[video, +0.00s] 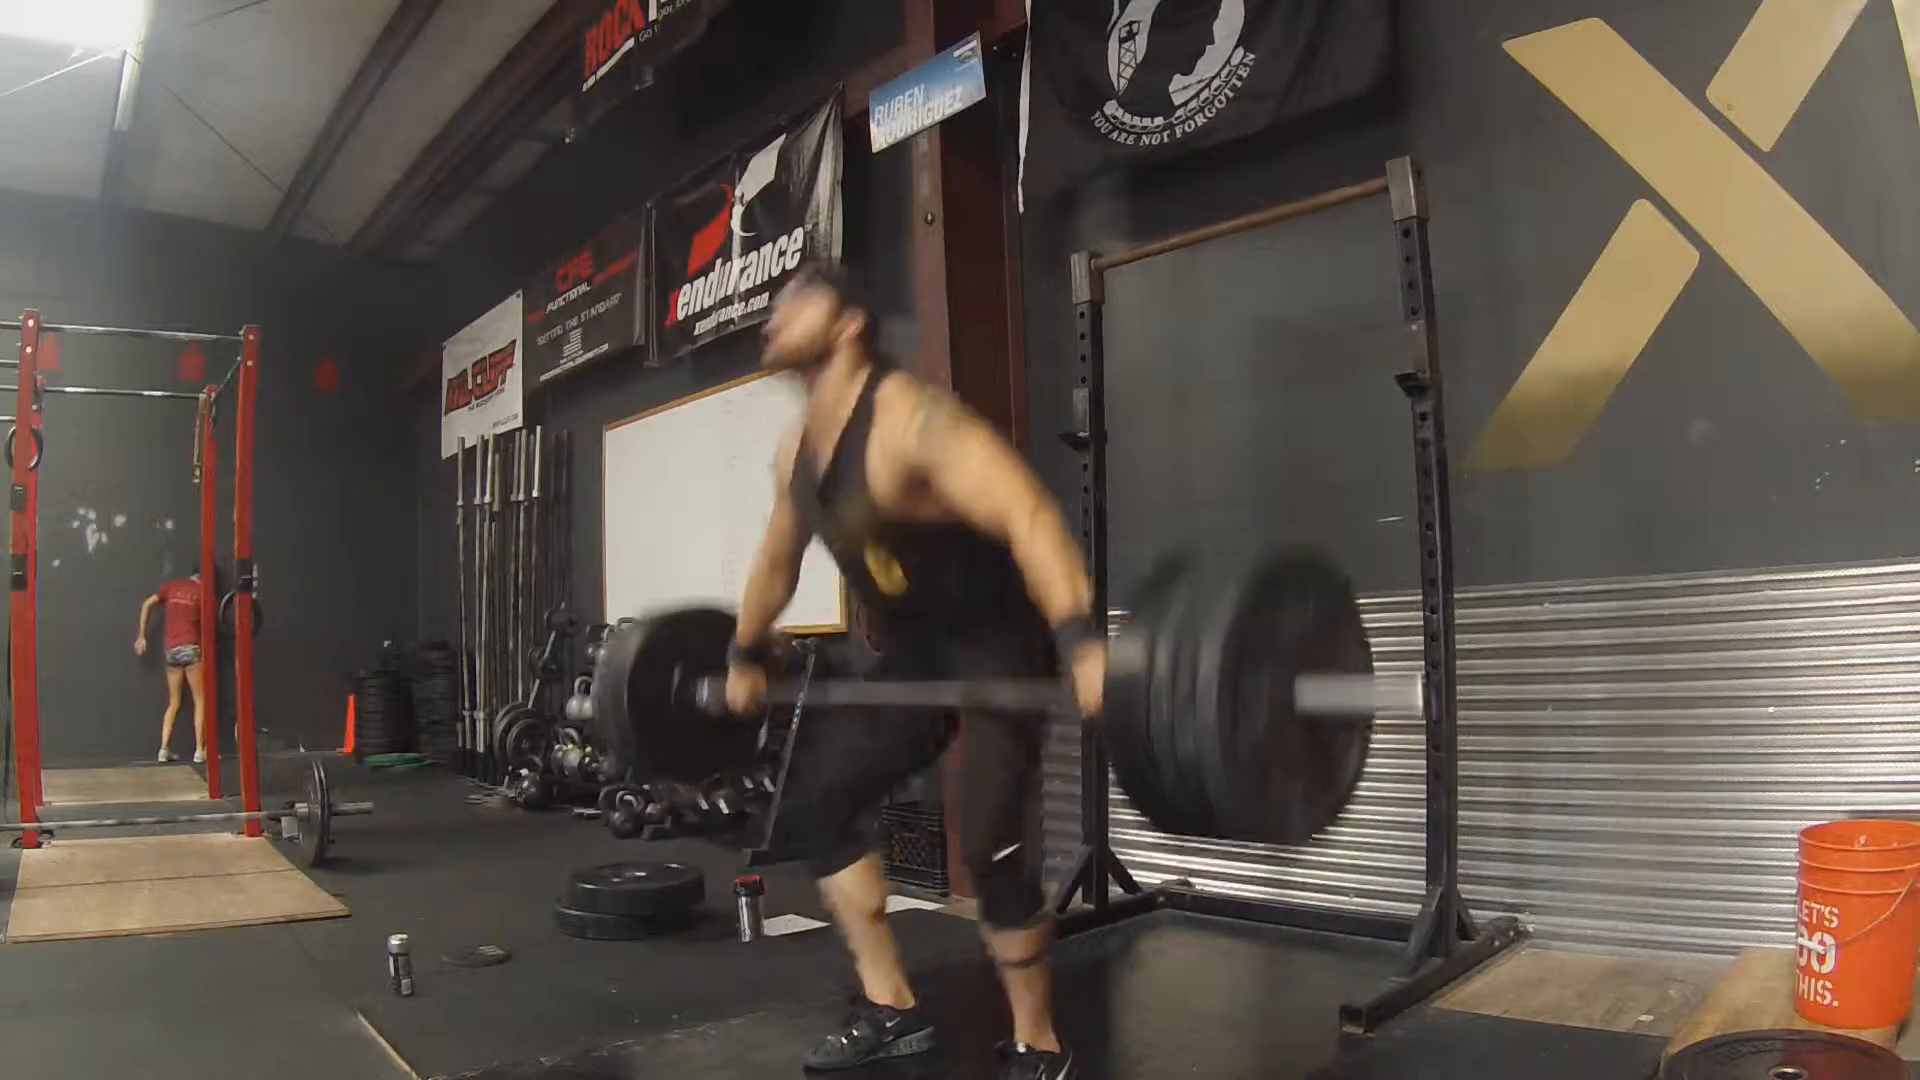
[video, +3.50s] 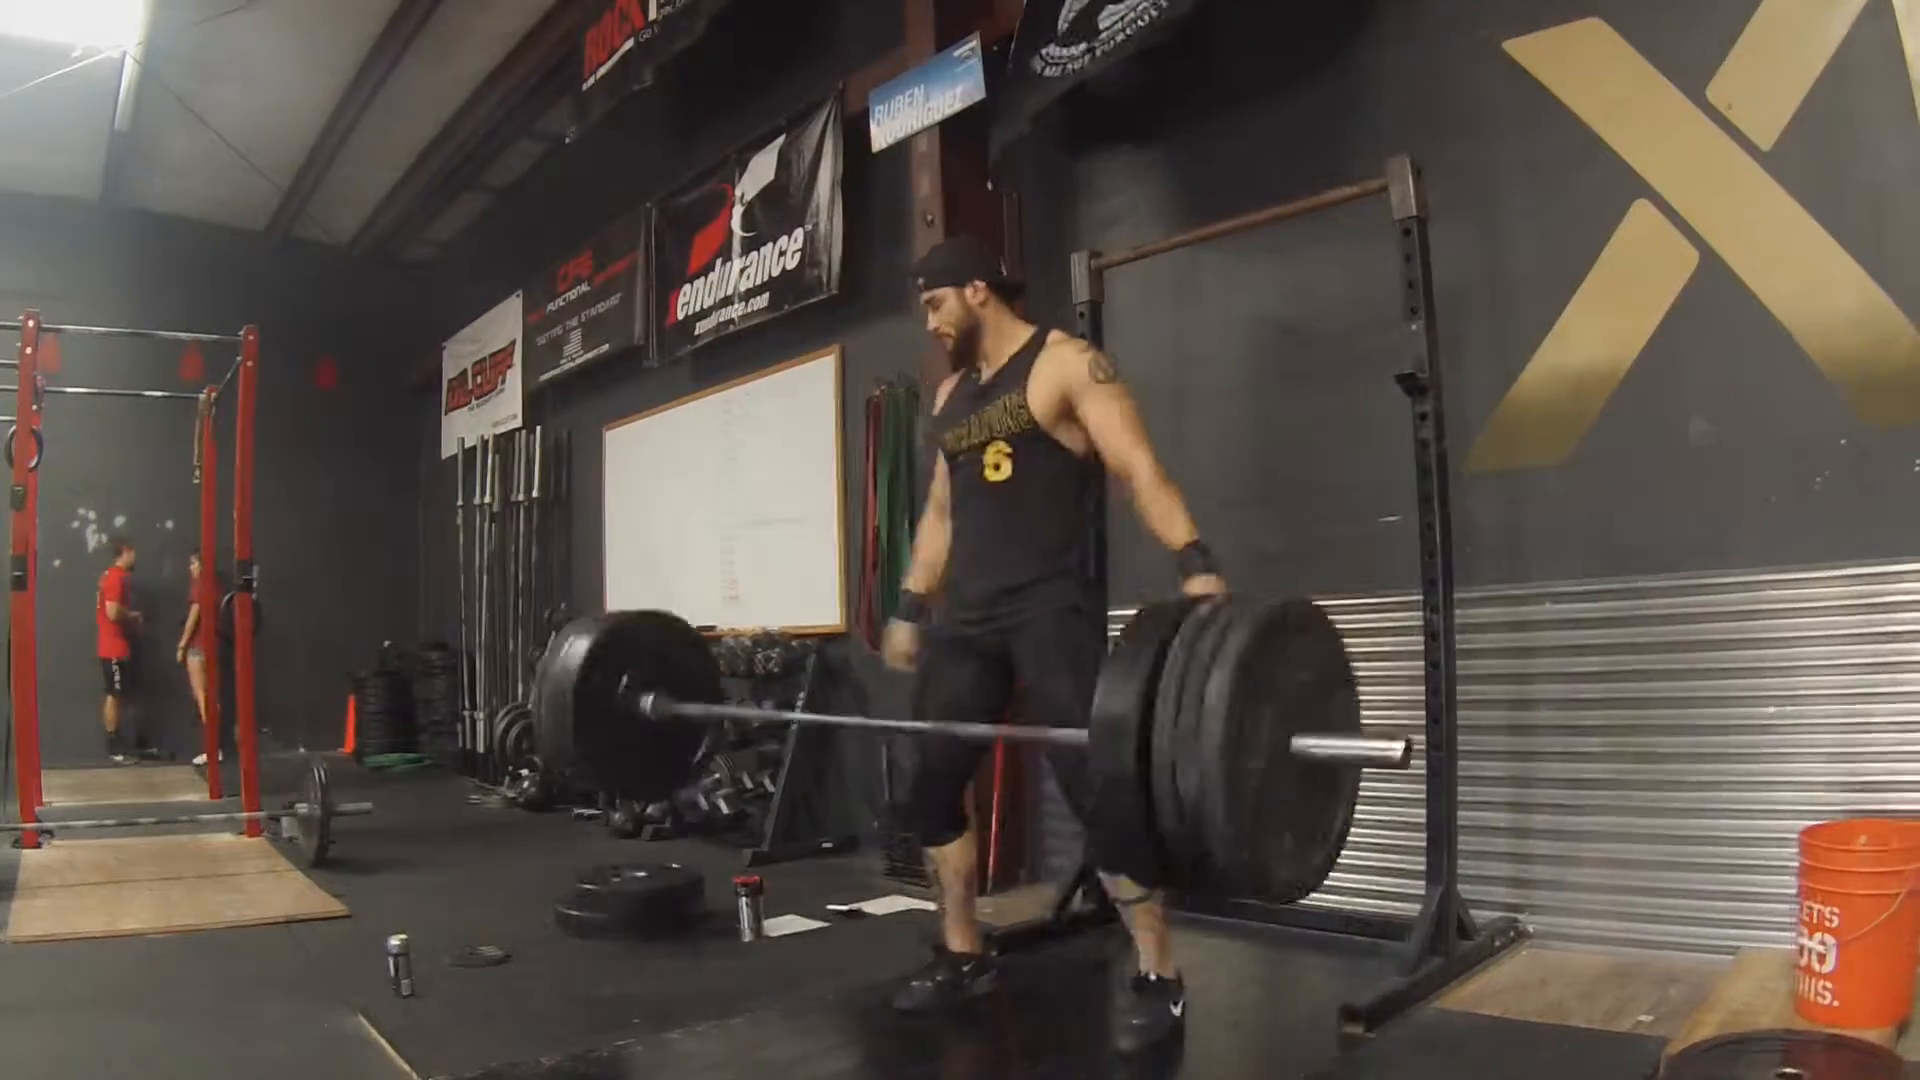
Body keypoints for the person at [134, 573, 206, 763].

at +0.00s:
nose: (206, 584)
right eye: (206, 580)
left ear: (192, 575)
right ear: (203, 577)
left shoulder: (171, 587)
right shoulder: (203, 592)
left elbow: (147, 603)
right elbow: (207, 621)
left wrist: (141, 635)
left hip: (171, 647)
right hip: (192, 646)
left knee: (173, 702)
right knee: (199, 700)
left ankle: (163, 749)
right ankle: (200, 749)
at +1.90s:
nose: (182, 568)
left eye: (182, 564)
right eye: (187, 564)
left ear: (181, 564)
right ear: (197, 564)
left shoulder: (170, 585)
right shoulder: (201, 584)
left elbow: (167, 615)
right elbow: (207, 614)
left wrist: (170, 631)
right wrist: (207, 636)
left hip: (174, 641)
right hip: (195, 640)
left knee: (170, 696)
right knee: (199, 695)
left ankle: (164, 745)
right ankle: (200, 746)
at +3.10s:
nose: (189, 566)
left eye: (192, 562)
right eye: (190, 561)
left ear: (202, 563)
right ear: (205, 564)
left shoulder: (196, 582)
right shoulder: (216, 584)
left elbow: (192, 612)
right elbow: (219, 615)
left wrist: (183, 643)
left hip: (195, 645)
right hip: (213, 645)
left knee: (187, 696)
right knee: (213, 696)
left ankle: (186, 747)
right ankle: (215, 748)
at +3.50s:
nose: (191, 568)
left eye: (194, 563)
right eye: (191, 564)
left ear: (203, 565)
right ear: (205, 565)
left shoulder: (199, 586)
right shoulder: (216, 586)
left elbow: (194, 615)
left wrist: (182, 644)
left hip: (199, 646)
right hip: (214, 644)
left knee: (201, 696)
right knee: (213, 696)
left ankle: (211, 747)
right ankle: (215, 745)